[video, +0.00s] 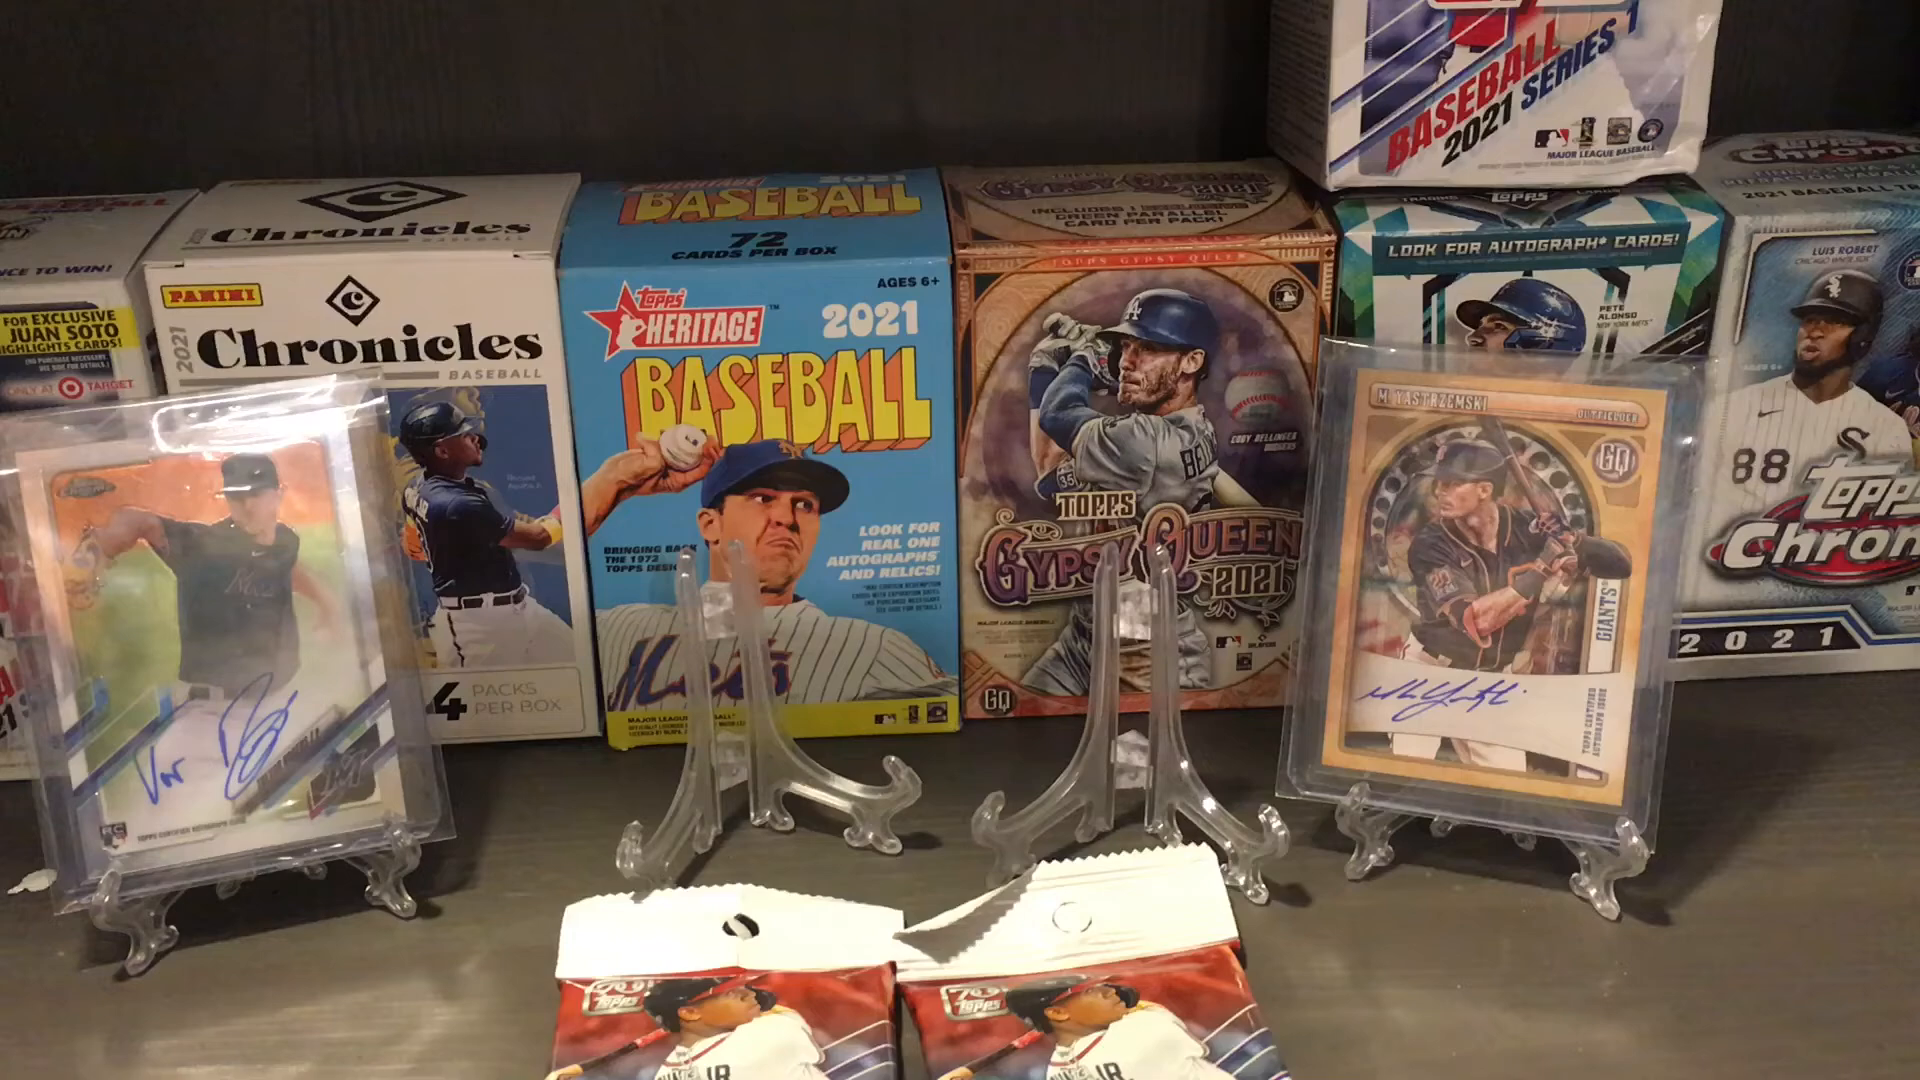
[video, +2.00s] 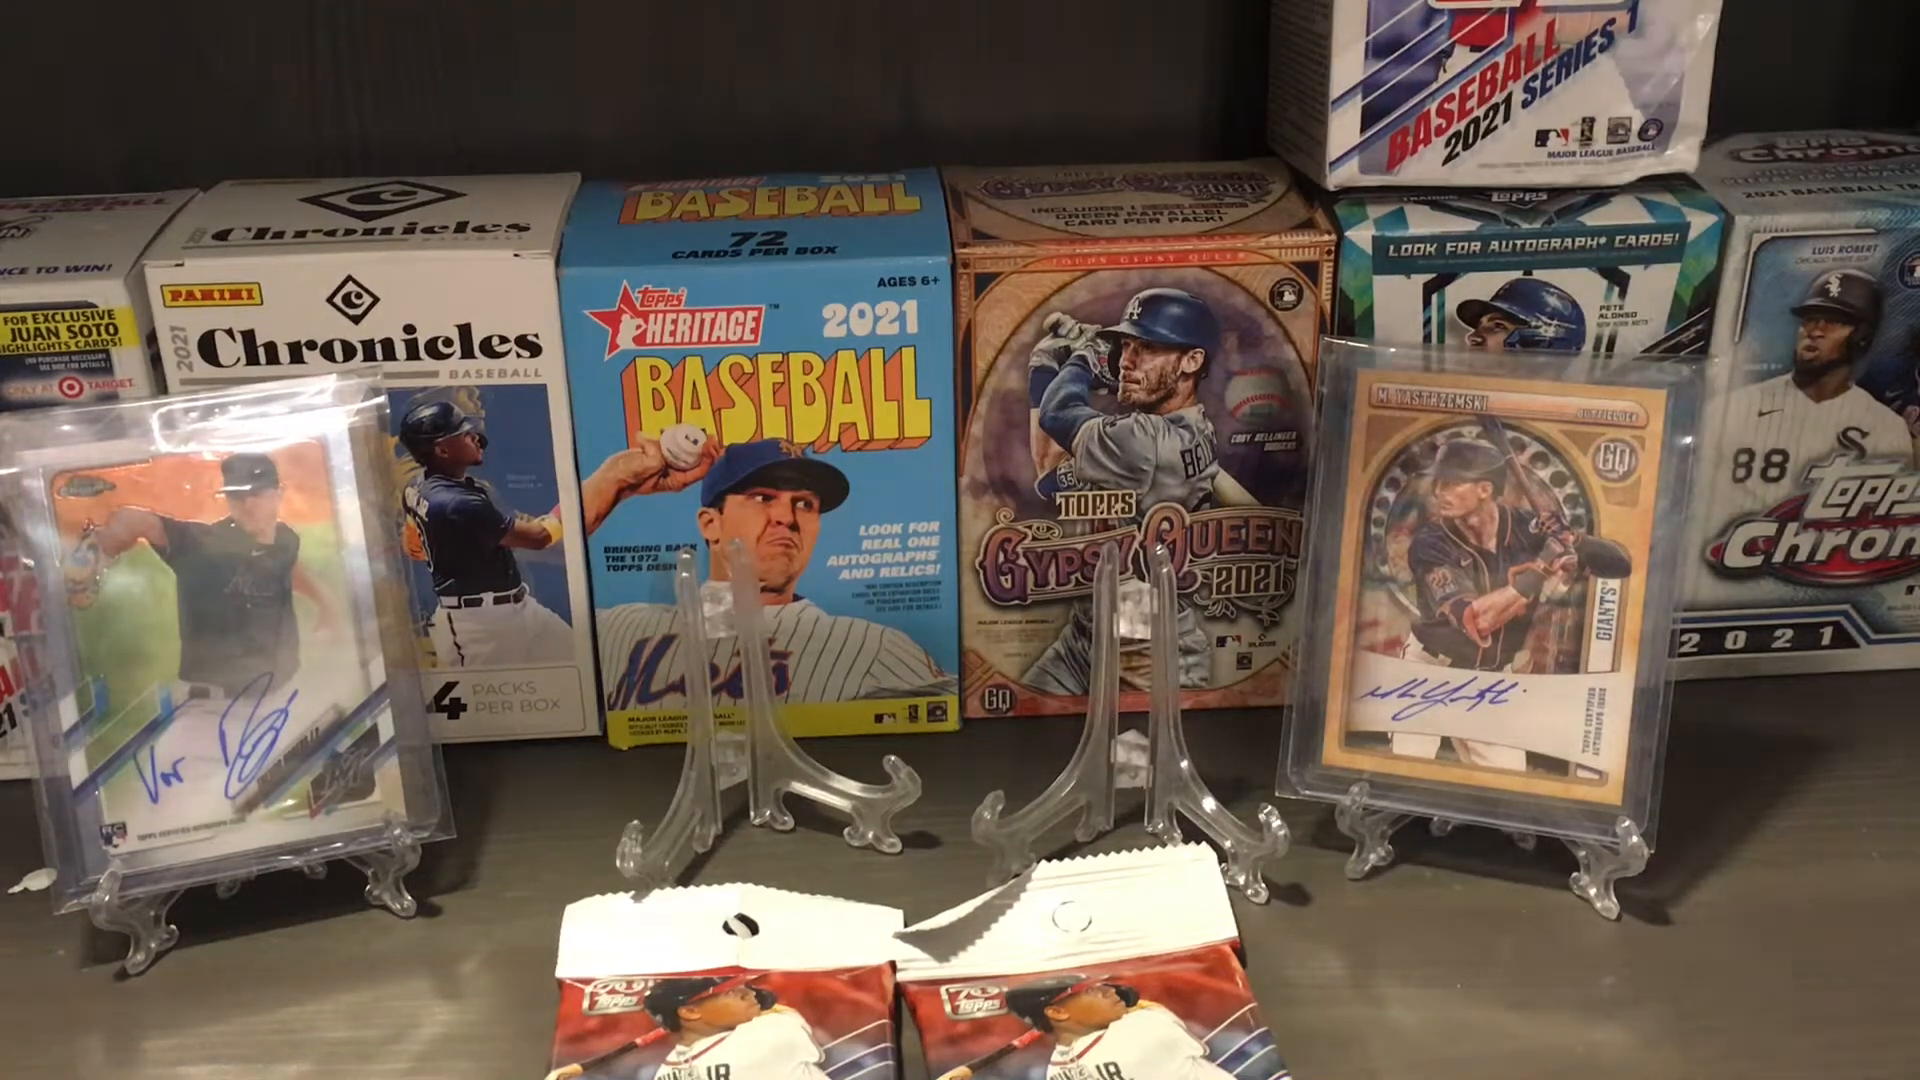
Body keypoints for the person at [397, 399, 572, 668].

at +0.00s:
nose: (475, 436)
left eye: (470, 430)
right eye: (465, 433)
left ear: (442, 451)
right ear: (442, 450)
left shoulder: (420, 489)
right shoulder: (462, 507)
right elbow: (538, 537)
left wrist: (542, 522)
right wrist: (560, 517)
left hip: (520, 609)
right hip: (474, 622)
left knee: (587, 661)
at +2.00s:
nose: (475, 435)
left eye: (469, 429)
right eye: (464, 432)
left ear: (442, 450)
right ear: (442, 449)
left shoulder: (421, 489)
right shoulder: (461, 506)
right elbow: (538, 537)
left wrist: (539, 523)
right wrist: (560, 516)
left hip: (519, 608)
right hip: (473, 622)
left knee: (587, 661)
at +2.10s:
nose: (475, 435)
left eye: (469, 429)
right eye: (464, 432)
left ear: (442, 451)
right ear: (442, 450)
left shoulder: (421, 489)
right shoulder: (463, 506)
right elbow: (538, 538)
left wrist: (538, 523)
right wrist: (561, 517)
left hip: (520, 608)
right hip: (476, 622)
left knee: (587, 662)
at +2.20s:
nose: (474, 435)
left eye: (468, 429)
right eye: (463, 432)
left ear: (442, 450)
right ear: (441, 449)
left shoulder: (419, 489)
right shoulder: (461, 506)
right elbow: (538, 537)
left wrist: (539, 523)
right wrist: (564, 514)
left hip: (520, 609)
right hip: (474, 623)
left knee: (588, 662)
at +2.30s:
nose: (475, 436)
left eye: (469, 430)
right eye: (464, 433)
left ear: (443, 451)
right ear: (442, 449)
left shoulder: (421, 489)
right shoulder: (461, 507)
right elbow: (538, 537)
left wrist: (545, 522)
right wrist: (563, 515)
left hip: (520, 608)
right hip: (475, 622)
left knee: (588, 661)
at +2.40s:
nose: (474, 436)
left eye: (468, 430)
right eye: (464, 433)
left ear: (442, 451)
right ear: (442, 450)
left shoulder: (422, 489)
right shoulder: (461, 506)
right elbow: (538, 537)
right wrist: (573, 506)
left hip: (521, 609)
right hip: (475, 624)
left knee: (589, 664)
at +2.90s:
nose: (476, 436)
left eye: (470, 430)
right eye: (464, 433)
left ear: (442, 451)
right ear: (442, 449)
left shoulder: (421, 489)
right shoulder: (460, 506)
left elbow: (413, 545)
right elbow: (538, 537)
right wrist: (566, 514)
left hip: (520, 609)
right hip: (474, 622)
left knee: (587, 662)